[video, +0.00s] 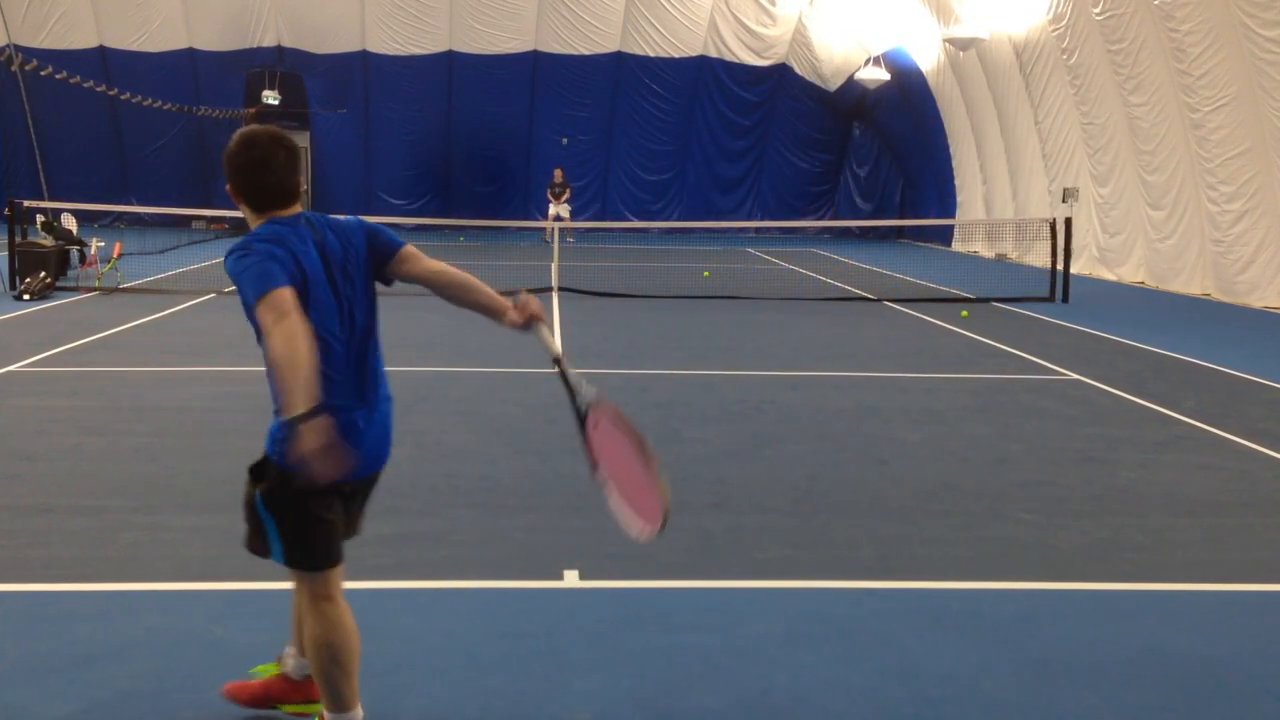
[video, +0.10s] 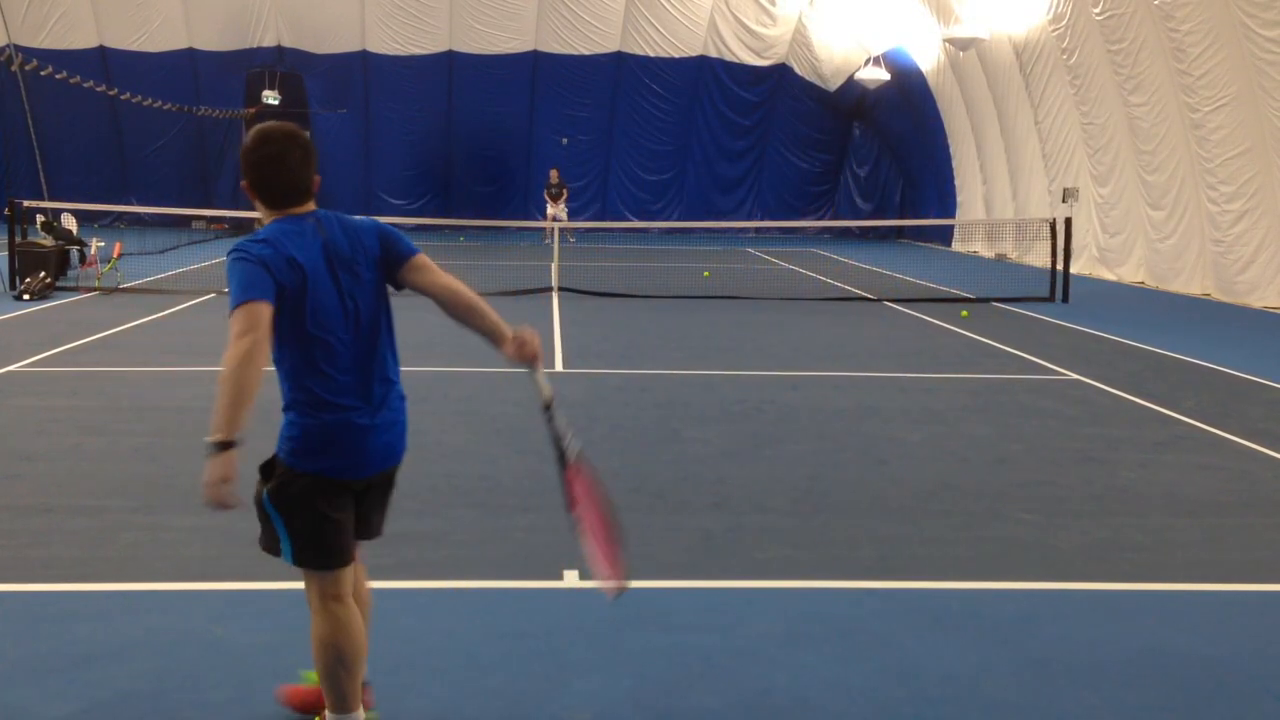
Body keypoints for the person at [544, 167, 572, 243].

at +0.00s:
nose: (557, 174)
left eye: (558, 172)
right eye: (555, 172)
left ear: (561, 174)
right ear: (554, 174)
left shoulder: (565, 184)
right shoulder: (551, 184)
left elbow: (567, 194)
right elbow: (548, 194)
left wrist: (561, 200)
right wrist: (553, 201)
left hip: (563, 204)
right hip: (553, 204)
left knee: (567, 220)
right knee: (550, 219)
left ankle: (569, 236)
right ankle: (548, 236)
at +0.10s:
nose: (552, 175)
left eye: (554, 173)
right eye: (551, 173)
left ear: (557, 174)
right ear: (549, 174)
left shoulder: (561, 184)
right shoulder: (548, 184)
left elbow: (565, 194)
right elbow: (545, 194)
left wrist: (560, 201)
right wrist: (551, 203)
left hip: (560, 204)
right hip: (551, 204)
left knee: (565, 220)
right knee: (549, 219)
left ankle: (569, 234)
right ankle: (548, 237)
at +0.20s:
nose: (549, 172)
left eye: (551, 171)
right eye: (548, 171)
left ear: (554, 172)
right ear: (546, 172)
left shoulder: (559, 181)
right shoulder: (545, 182)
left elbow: (562, 192)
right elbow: (543, 193)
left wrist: (554, 202)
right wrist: (547, 202)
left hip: (558, 202)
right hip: (548, 203)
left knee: (560, 220)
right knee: (548, 219)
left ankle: (569, 233)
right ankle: (548, 237)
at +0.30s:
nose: (547, 171)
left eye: (549, 169)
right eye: (546, 169)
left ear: (552, 170)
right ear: (544, 170)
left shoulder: (556, 179)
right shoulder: (543, 180)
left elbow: (560, 189)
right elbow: (541, 190)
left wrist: (552, 199)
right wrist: (544, 199)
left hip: (555, 200)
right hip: (546, 200)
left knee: (556, 218)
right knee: (547, 218)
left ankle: (565, 232)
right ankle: (548, 236)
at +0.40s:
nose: (545, 170)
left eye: (547, 167)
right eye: (544, 168)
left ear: (551, 168)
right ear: (543, 169)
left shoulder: (555, 177)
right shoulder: (542, 178)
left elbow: (559, 188)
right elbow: (541, 189)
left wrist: (551, 197)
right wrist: (541, 198)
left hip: (554, 198)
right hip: (545, 199)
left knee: (554, 216)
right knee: (545, 216)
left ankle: (557, 236)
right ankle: (547, 236)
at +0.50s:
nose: (544, 169)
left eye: (546, 168)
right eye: (543, 168)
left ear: (549, 168)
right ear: (542, 169)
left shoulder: (554, 178)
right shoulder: (541, 179)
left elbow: (558, 189)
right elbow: (540, 191)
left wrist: (549, 197)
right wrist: (538, 201)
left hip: (553, 199)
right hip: (544, 199)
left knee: (552, 217)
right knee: (541, 216)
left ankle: (555, 236)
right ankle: (547, 235)